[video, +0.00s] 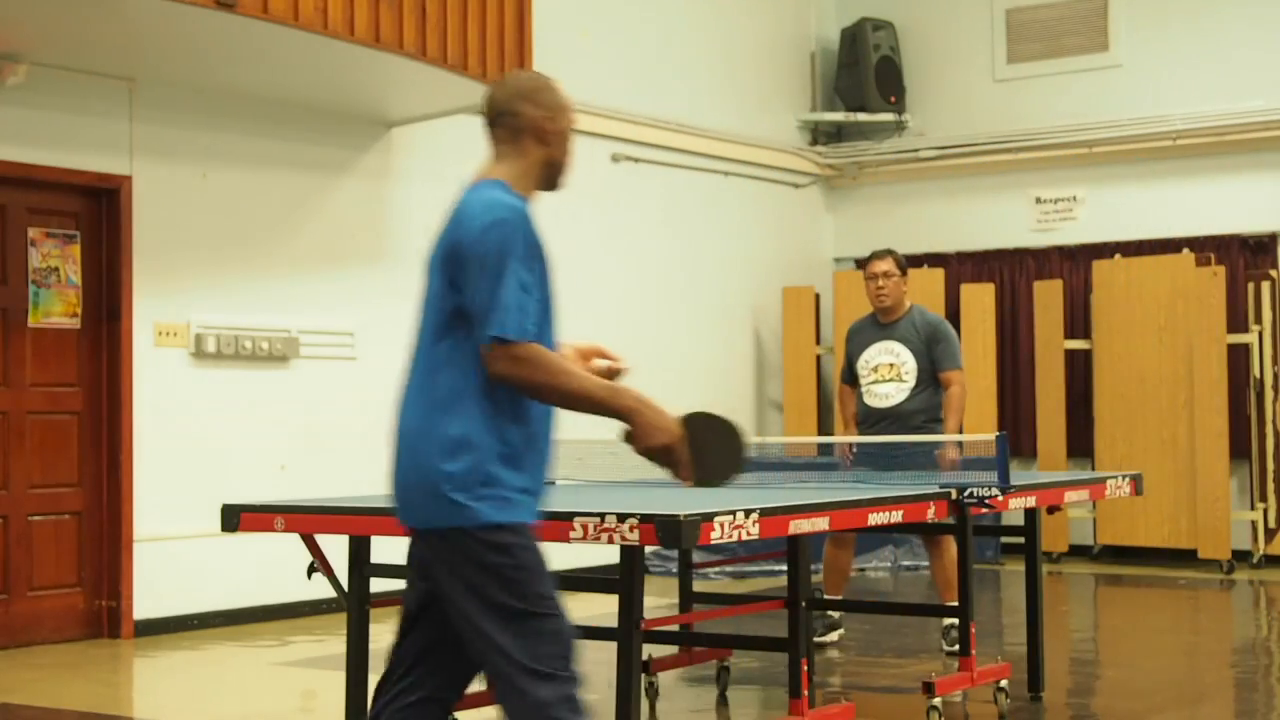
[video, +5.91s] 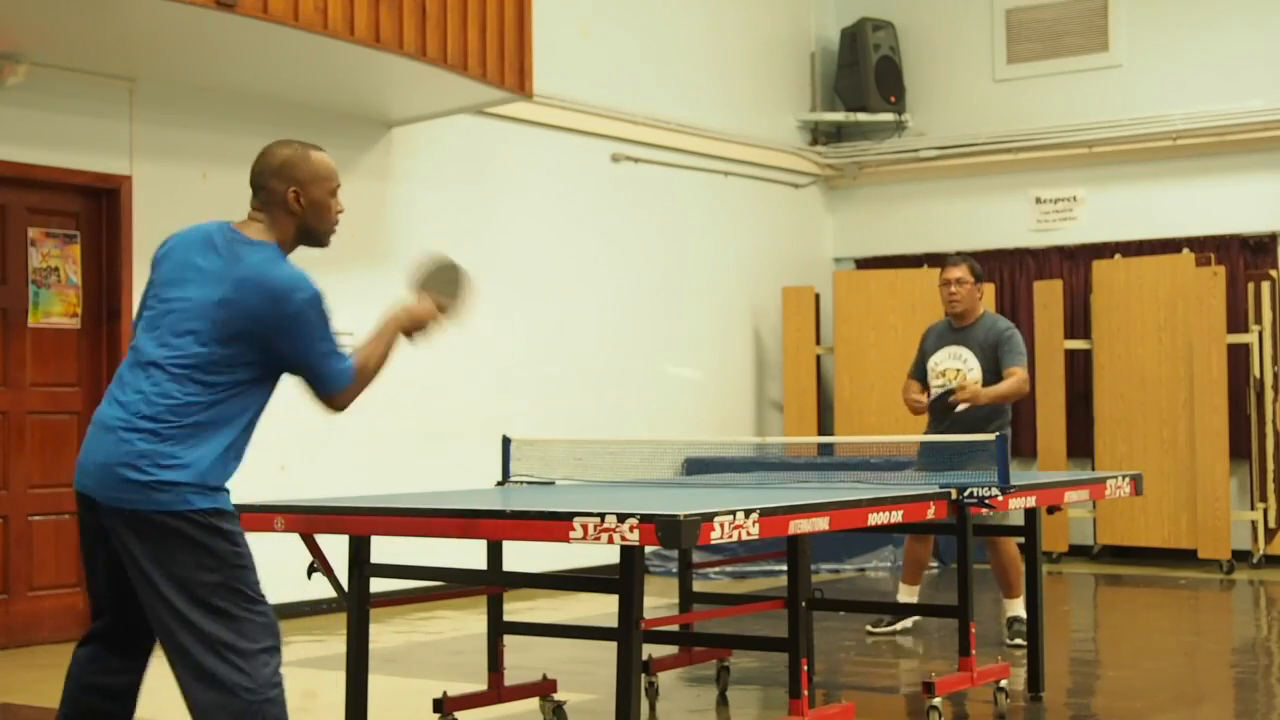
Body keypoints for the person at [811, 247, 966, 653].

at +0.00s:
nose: (880, 285)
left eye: (888, 277)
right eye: (872, 279)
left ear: (905, 281)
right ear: (864, 286)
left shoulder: (933, 327)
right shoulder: (857, 333)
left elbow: (954, 385)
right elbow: (848, 384)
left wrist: (950, 439)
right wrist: (848, 428)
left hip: (921, 449)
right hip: (868, 449)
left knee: (938, 533)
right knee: (841, 529)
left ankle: (953, 621)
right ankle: (829, 613)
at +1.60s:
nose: (920, 321)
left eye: (928, 312)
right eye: (913, 313)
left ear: (949, 309)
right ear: (906, 312)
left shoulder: (971, 346)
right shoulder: (902, 338)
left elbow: (1004, 385)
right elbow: (879, 380)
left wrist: (946, 397)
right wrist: (860, 412)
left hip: (946, 468)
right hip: (894, 465)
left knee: (962, 538)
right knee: (861, 531)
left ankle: (980, 624)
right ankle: (824, 606)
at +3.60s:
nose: (925, 295)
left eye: (933, 287)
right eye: (919, 289)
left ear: (955, 288)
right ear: (915, 292)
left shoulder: (975, 325)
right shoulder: (917, 331)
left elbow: (979, 359)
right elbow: (896, 369)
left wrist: (953, 368)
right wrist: (884, 379)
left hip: (968, 445)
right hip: (918, 444)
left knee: (981, 530)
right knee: (894, 523)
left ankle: (1004, 618)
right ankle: (873, 606)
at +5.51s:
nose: (946, 294)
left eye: (953, 285)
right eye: (940, 289)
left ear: (972, 287)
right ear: (935, 296)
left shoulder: (992, 321)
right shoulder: (941, 331)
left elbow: (998, 346)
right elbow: (924, 375)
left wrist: (974, 316)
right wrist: (908, 370)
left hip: (982, 442)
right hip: (937, 441)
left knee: (991, 527)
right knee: (912, 516)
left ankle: (1017, 614)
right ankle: (895, 601)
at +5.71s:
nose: (953, 294)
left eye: (962, 287)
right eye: (947, 288)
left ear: (981, 292)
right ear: (940, 294)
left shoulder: (1000, 332)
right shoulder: (939, 337)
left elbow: (1014, 373)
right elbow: (927, 387)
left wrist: (990, 360)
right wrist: (915, 387)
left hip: (985, 446)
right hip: (941, 446)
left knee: (993, 529)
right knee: (926, 524)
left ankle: (1017, 616)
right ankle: (911, 610)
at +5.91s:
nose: (951, 291)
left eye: (960, 284)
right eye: (945, 284)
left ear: (979, 289)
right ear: (939, 290)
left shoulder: (1002, 332)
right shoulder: (933, 335)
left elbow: (1020, 383)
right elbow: (912, 384)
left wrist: (983, 394)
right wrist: (915, 400)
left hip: (984, 446)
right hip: (937, 445)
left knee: (995, 526)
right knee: (919, 522)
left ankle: (1016, 614)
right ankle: (905, 608)